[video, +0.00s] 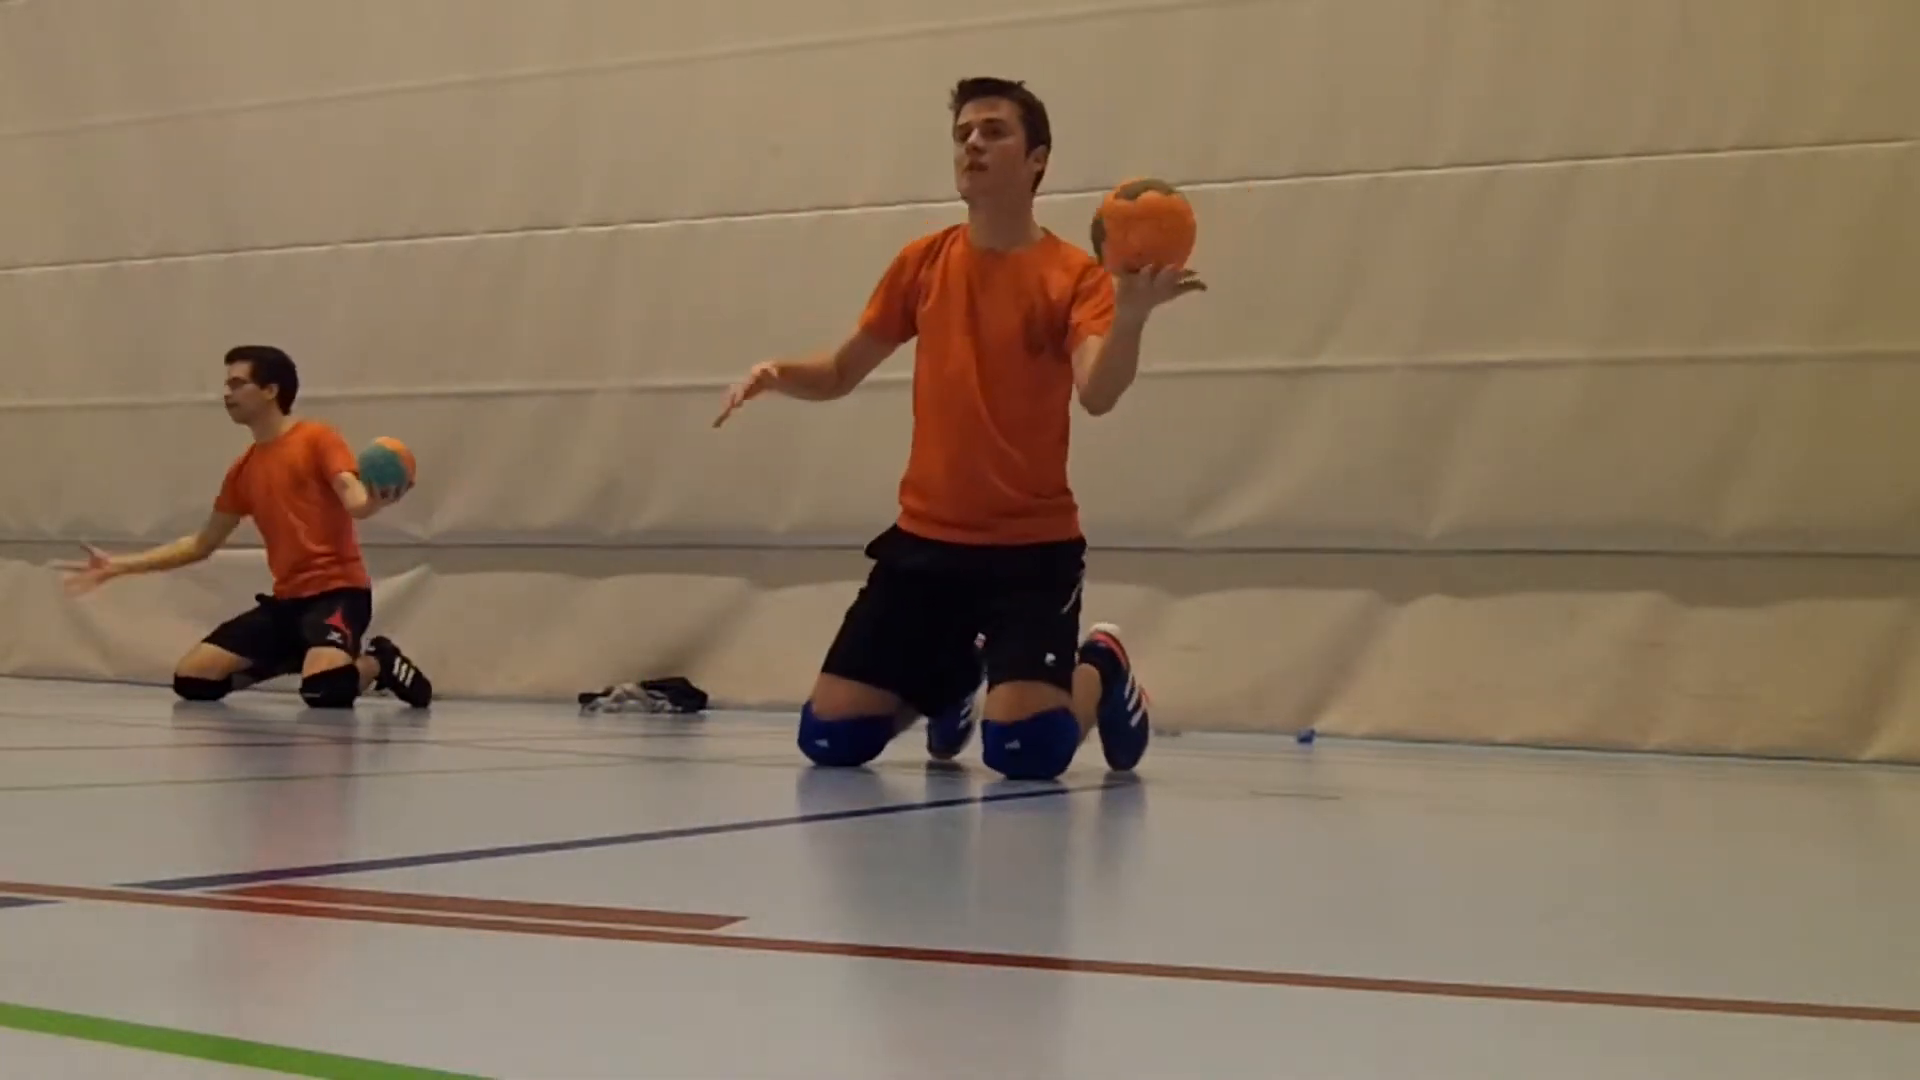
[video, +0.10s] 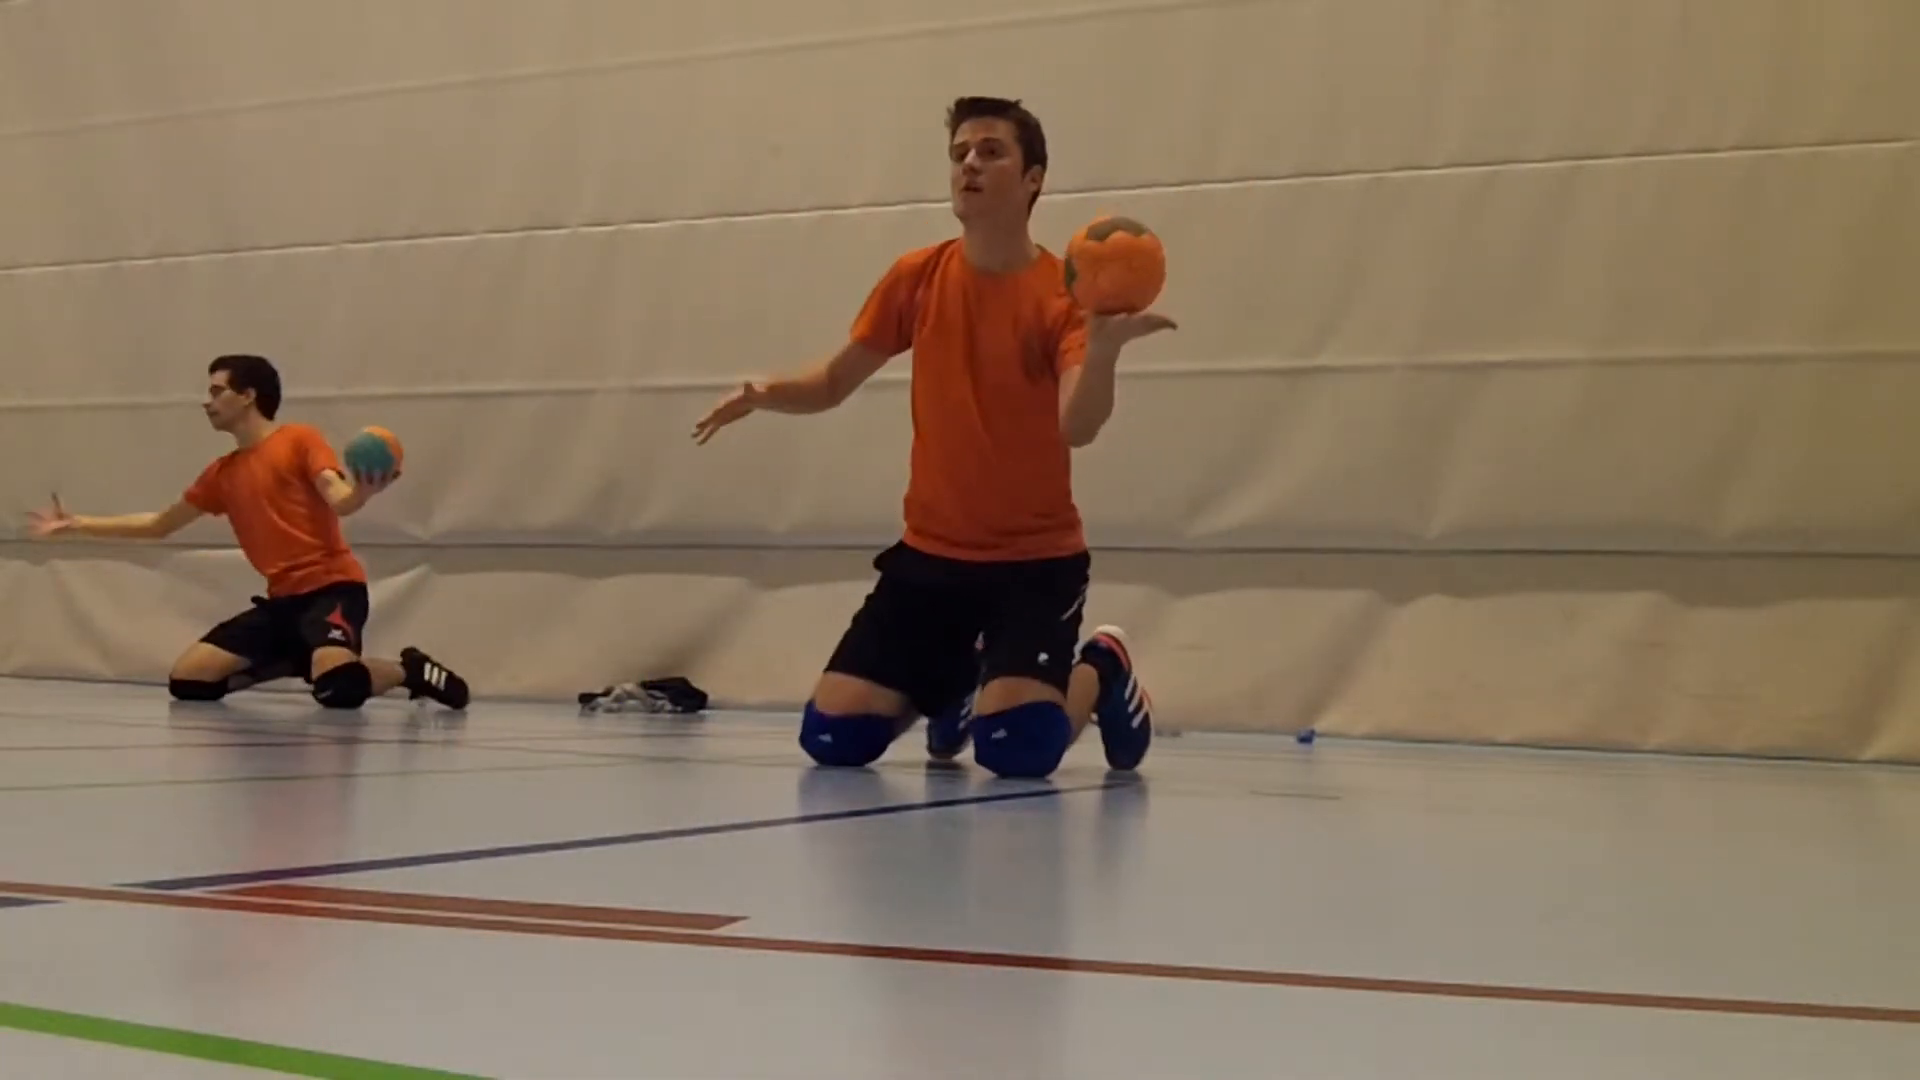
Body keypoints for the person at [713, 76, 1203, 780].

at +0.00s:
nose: (972, 143)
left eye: (994, 130)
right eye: (963, 134)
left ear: (1037, 162)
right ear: (952, 160)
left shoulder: (1075, 276)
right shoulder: (925, 263)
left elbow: (1099, 394)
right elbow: (840, 371)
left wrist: (1130, 318)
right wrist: (780, 373)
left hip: (1033, 546)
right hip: (925, 539)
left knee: (1023, 754)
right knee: (829, 739)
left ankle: (1102, 669)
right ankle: (950, 675)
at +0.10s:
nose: (970, 163)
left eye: (992, 152)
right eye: (961, 153)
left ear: (1033, 181)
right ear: (948, 177)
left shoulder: (1064, 292)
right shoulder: (919, 278)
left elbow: (1079, 427)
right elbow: (830, 383)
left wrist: (1103, 349)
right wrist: (765, 392)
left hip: (1036, 562)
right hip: (929, 554)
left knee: (1013, 751)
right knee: (830, 740)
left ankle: (1105, 669)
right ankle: (952, 677)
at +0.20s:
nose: (971, 194)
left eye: (993, 181)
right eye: (962, 182)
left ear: (1034, 209)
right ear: (951, 203)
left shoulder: (1067, 320)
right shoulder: (920, 304)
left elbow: (1067, 465)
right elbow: (831, 401)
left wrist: (1077, 376)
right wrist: (757, 421)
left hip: (1041, 580)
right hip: (936, 574)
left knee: (1008, 750)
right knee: (834, 738)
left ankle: (1105, 677)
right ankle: (949, 685)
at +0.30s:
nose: (977, 225)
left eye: (999, 211)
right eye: (968, 213)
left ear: (1040, 238)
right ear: (956, 232)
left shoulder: (1069, 345)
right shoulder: (926, 330)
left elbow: (1063, 492)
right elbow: (837, 422)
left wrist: (1062, 414)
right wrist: (764, 447)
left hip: (1048, 591)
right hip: (943, 587)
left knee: (1018, 750)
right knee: (824, 737)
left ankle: (1114, 681)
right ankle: (940, 691)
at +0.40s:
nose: (981, 238)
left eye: (1003, 225)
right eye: (972, 226)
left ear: (1044, 251)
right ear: (960, 245)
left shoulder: (1073, 351)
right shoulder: (931, 341)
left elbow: (1064, 503)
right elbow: (847, 436)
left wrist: (1056, 424)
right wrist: (778, 465)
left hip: (1050, 600)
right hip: (946, 597)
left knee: (1019, 749)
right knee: (808, 733)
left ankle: (1116, 681)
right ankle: (939, 689)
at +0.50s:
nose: (977, 237)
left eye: (998, 224)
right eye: (968, 225)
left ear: (1038, 251)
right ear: (956, 243)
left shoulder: (1069, 353)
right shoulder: (928, 341)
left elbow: (1065, 503)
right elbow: (848, 443)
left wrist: (1054, 431)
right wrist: (784, 465)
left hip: (1045, 600)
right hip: (940, 596)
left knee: (1023, 750)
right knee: (789, 729)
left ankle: (1113, 681)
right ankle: (945, 682)